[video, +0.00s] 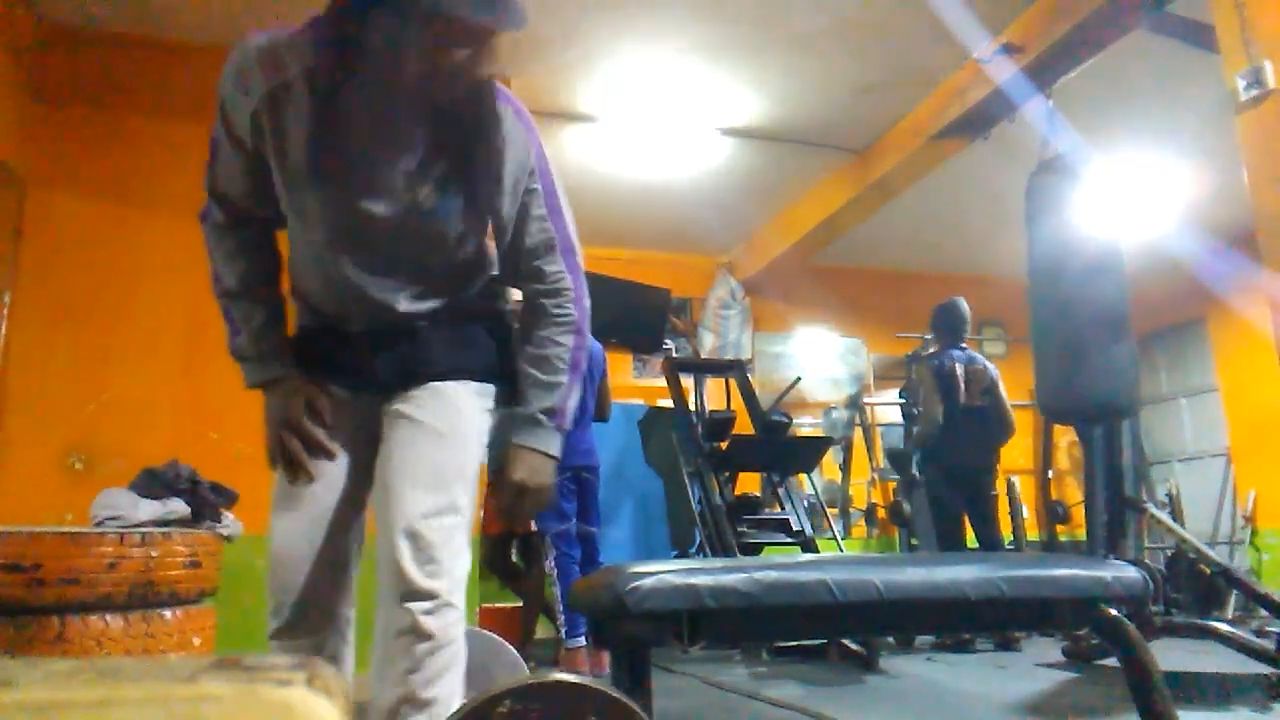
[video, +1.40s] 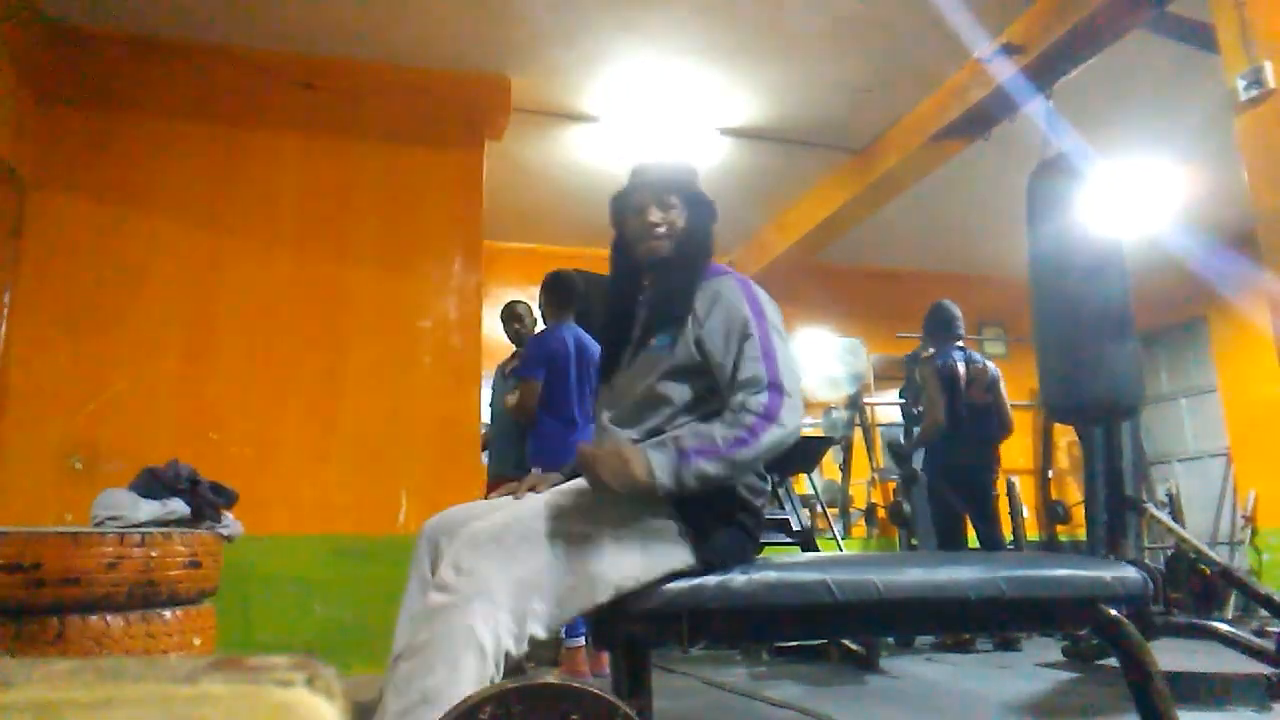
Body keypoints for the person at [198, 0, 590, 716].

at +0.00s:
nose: (482, 68)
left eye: (491, 45)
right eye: (460, 45)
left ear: (498, 34)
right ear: (390, 30)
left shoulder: (494, 122)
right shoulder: (269, 76)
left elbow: (555, 282)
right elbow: (235, 224)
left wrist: (538, 433)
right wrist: (270, 372)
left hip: (447, 342)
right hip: (328, 340)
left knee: (421, 573)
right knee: (297, 574)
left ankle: (413, 718)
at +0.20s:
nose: (424, 132)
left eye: (434, 102)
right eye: (394, 109)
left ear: (446, 82)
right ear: (337, 99)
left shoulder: (491, 166)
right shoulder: (272, 155)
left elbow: (587, 316)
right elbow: (281, 291)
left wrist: (596, 492)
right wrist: (318, 401)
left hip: (496, 354)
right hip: (386, 355)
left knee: (456, 558)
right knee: (342, 558)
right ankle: (331, 719)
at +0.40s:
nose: (381, 213)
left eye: (397, 186)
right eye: (356, 195)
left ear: (422, 161)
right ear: (324, 186)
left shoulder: (496, 217)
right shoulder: (318, 238)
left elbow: (607, 362)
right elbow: (325, 340)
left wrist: (644, 531)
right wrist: (352, 429)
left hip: (533, 373)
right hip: (430, 384)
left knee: (469, 537)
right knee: (375, 542)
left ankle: (470, 716)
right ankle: (391, 713)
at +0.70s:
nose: (405, 245)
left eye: (420, 223)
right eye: (388, 228)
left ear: (456, 209)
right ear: (372, 227)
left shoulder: (543, 272)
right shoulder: (402, 289)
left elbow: (648, 399)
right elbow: (395, 380)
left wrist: (673, 556)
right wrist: (403, 465)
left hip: (605, 446)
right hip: (513, 446)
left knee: (475, 536)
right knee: (397, 534)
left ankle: (449, 713)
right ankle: (394, 707)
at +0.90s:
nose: (501, 234)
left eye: (517, 216)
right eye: (487, 221)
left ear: (550, 215)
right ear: (471, 233)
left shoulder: (621, 289)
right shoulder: (512, 307)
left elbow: (698, 425)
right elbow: (507, 425)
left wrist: (677, 573)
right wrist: (464, 488)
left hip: (648, 477)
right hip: (556, 475)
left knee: (474, 545)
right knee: (430, 535)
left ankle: (443, 713)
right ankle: (407, 707)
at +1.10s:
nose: (597, 220)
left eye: (612, 203)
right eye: (582, 207)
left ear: (640, 211)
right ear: (564, 221)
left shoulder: (688, 290)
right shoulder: (578, 308)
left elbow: (739, 428)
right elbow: (589, 436)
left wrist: (688, 561)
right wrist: (525, 484)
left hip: (670, 482)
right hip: (600, 479)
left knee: (488, 547)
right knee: (454, 537)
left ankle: (457, 713)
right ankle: (410, 708)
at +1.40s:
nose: (656, 218)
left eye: (671, 204)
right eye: (640, 208)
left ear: (696, 216)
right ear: (621, 227)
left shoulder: (728, 293)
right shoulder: (635, 309)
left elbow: (772, 413)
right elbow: (625, 428)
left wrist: (655, 461)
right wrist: (563, 478)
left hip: (687, 511)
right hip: (620, 495)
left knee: (486, 569)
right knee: (445, 537)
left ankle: (415, 710)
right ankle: (407, 705)